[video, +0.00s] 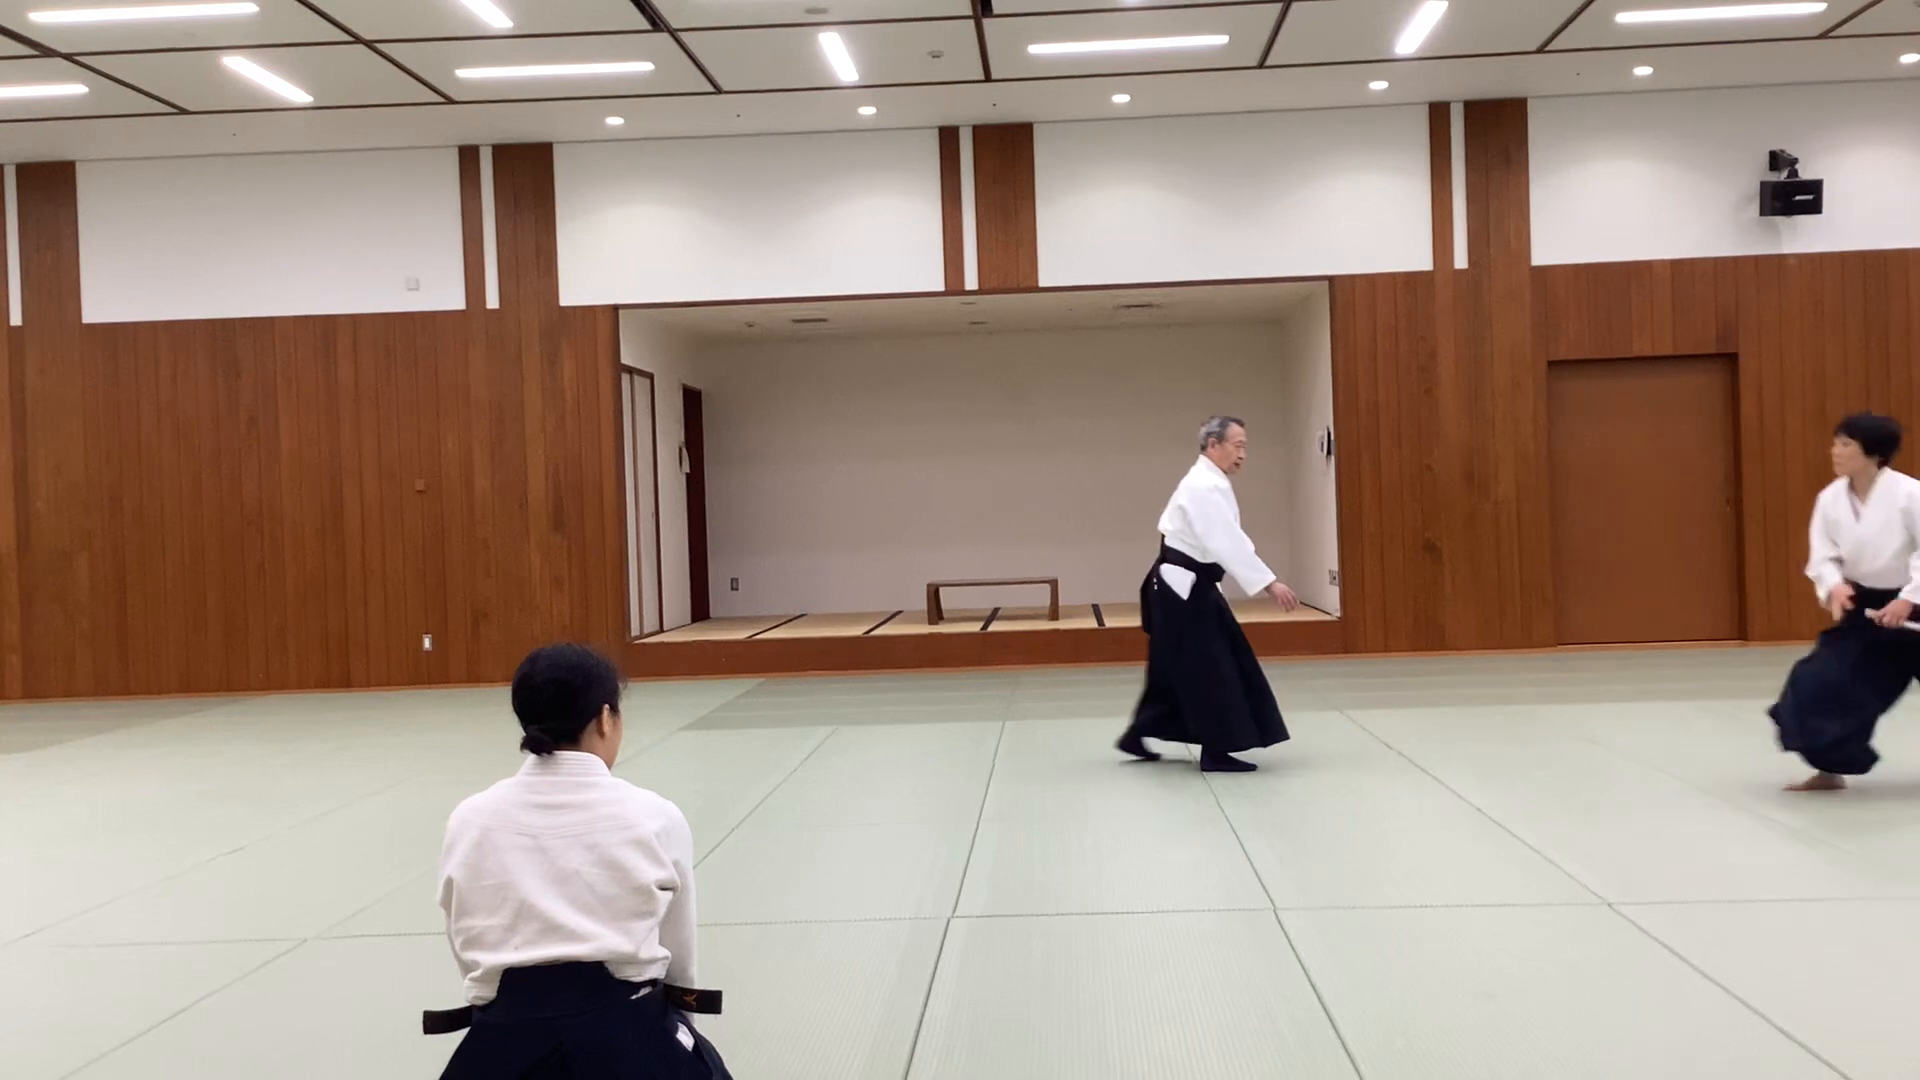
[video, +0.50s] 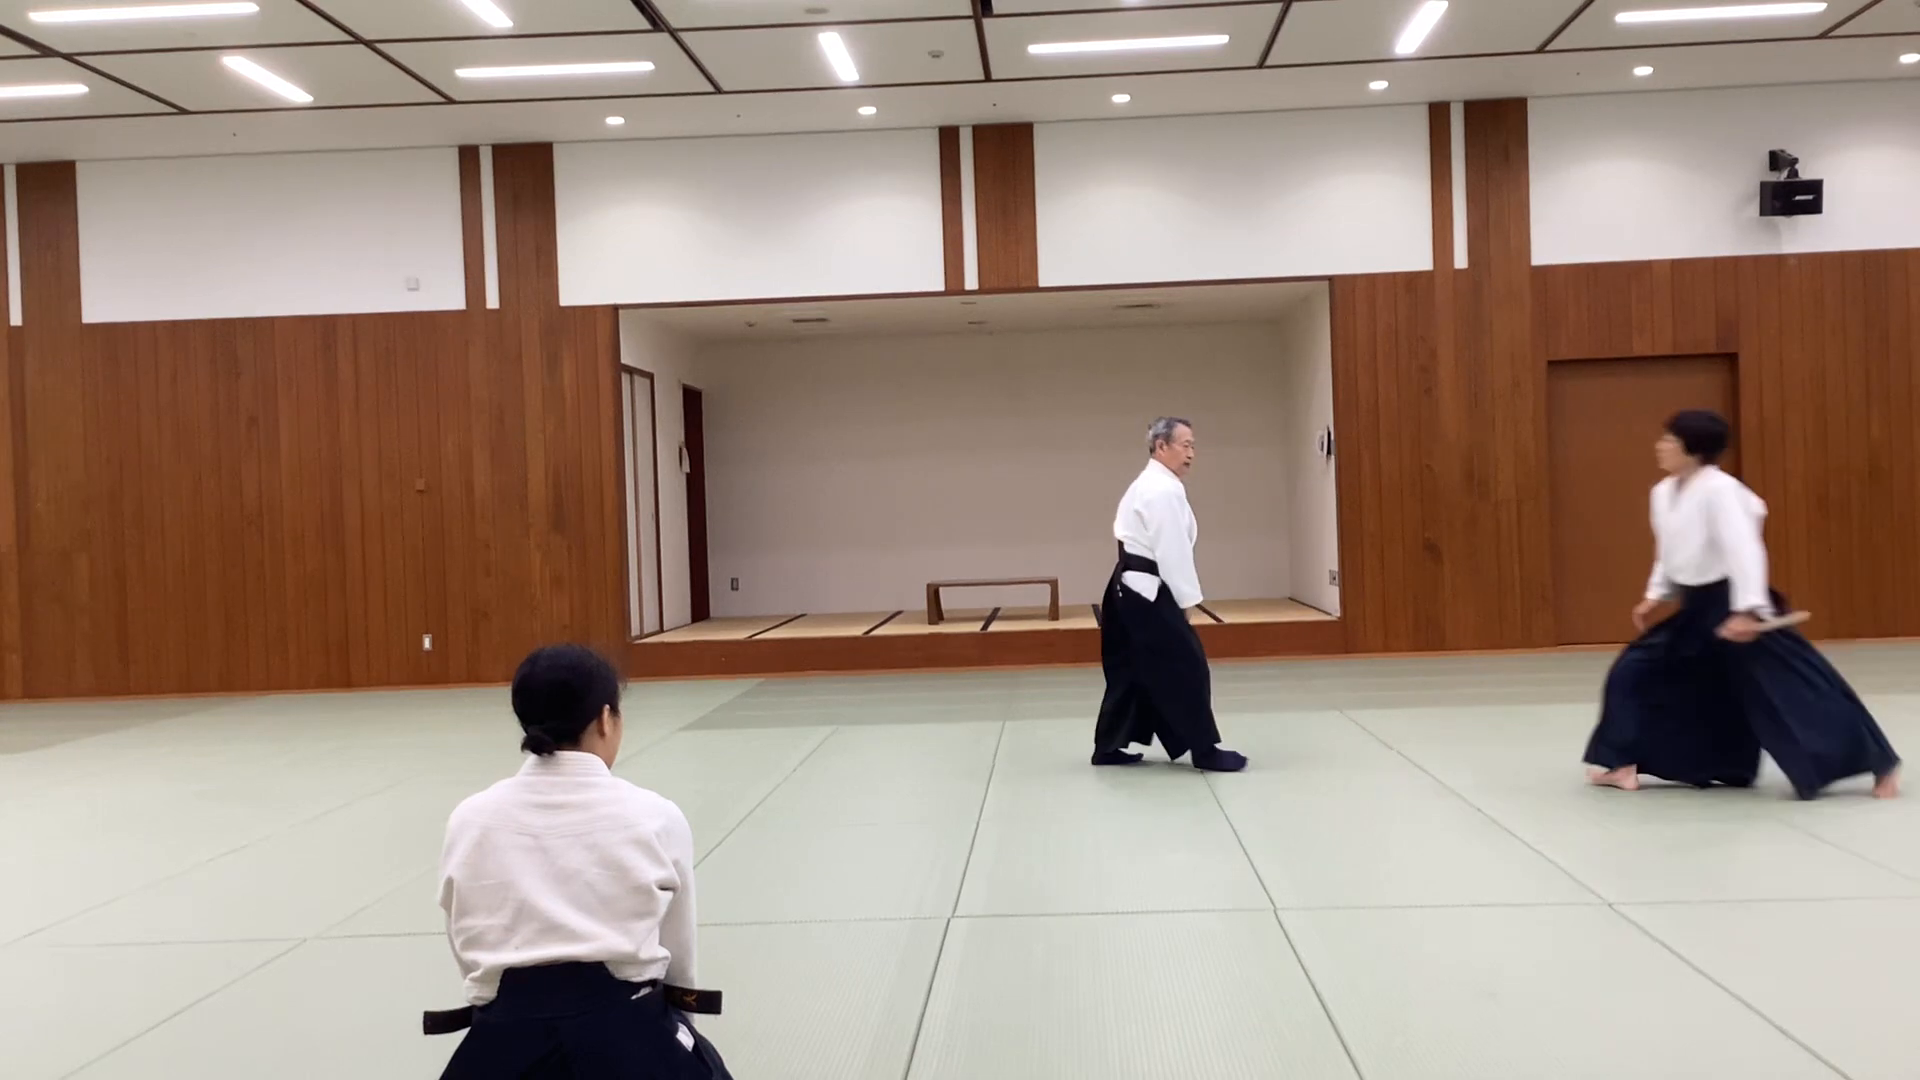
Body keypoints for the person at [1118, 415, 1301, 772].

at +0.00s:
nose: (1243, 453)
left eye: (1245, 446)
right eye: (1238, 446)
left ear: (1216, 448)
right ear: (1213, 446)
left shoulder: (1203, 478)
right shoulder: (1206, 486)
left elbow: (1227, 538)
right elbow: (1227, 542)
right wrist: (1270, 582)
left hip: (1174, 580)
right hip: (1185, 587)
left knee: (1173, 665)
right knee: (1216, 665)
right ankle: (1215, 753)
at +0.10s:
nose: (1225, 456)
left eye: (1226, 449)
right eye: (1219, 448)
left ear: (1197, 451)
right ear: (1194, 449)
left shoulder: (1183, 482)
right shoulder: (1191, 489)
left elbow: (1198, 543)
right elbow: (1213, 546)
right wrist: (1255, 588)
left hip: (1158, 584)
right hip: (1174, 590)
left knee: (1144, 666)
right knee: (1212, 667)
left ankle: (1109, 743)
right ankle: (1216, 753)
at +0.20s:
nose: (1209, 456)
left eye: (1210, 450)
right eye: (1203, 449)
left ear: (1180, 451)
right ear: (1179, 449)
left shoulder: (1166, 483)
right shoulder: (1179, 489)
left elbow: (1179, 550)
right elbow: (1198, 551)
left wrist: (1198, 599)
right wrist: (1235, 598)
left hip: (1142, 586)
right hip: (1161, 590)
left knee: (1133, 665)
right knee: (1200, 666)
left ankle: (1106, 745)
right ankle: (1214, 752)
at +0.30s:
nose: (1199, 455)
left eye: (1200, 448)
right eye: (1193, 447)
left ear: (1170, 449)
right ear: (1168, 448)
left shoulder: (1154, 482)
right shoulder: (1170, 489)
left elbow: (1164, 549)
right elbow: (1182, 552)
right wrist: (1206, 603)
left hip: (1134, 587)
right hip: (1156, 591)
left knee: (1132, 667)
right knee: (1195, 668)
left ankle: (1106, 745)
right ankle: (1214, 753)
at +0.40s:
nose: (1191, 454)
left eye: (1192, 447)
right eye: (1185, 446)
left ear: (1163, 448)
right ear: (1161, 446)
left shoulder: (1148, 481)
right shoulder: (1164, 488)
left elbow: (1147, 543)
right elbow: (1172, 550)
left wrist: (1176, 590)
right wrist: (1188, 596)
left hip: (1129, 587)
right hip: (1149, 590)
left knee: (1133, 667)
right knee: (1190, 664)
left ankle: (1107, 746)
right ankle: (1212, 751)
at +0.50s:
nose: (1191, 454)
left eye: (1192, 447)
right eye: (1185, 446)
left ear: (1163, 449)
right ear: (1161, 446)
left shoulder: (1146, 482)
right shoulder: (1164, 488)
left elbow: (1139, 542)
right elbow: (1172, 550)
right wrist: (1189, 597)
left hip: (1126, 587)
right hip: (1147, 590)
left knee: (1128, 668)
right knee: (1189, 664)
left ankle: (1107, 747)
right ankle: (1205, 750)